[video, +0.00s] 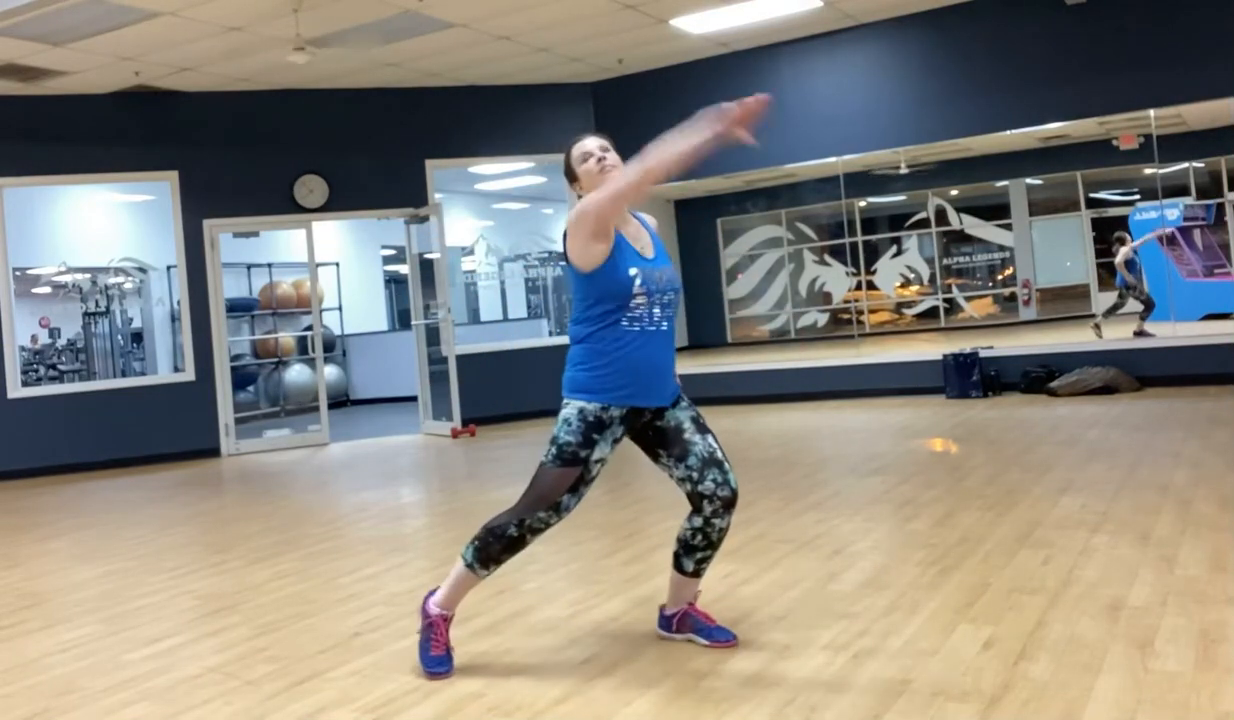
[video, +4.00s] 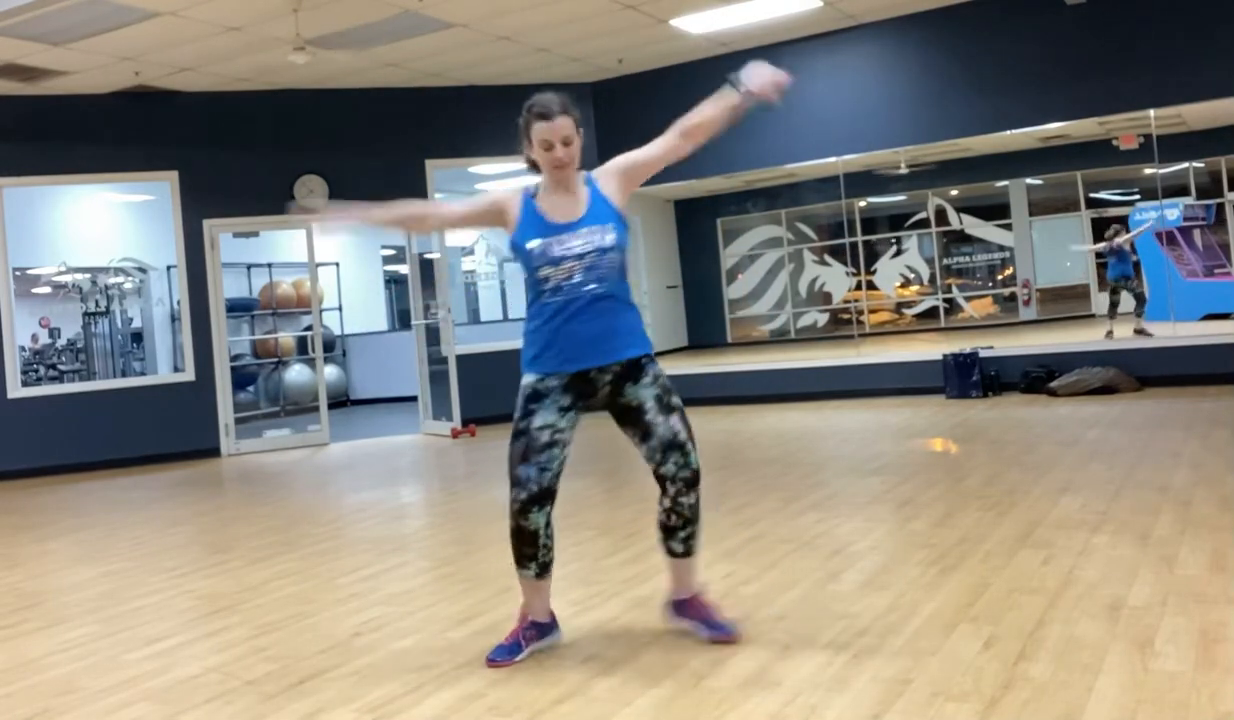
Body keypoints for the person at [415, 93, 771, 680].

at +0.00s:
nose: (601, 157)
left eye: (607, 150)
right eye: (587, 158)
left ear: (623, 164)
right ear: (578, 184)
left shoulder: (645, 224)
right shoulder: (588, 222)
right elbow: (649, 168)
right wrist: (713, 125)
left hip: (659, 395)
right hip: (597, 398)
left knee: (717, 493)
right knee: (539, 510)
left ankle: (679, 609)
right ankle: (440, 608)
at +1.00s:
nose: (575, 170)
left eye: (585, 160)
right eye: (566, 169)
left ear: (615, 171)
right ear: (565, 187)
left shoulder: (645, 234)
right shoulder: (562, 230)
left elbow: (655, 310)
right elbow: (473, 197)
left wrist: (659, 369)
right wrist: (400, 154)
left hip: (655, 400)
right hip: (589, 404)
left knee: (717, 497)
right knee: (531, 511)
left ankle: (679, 609)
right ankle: (429, 609)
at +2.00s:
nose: (532, 194)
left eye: (541, 180)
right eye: (521, 184)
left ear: (566, 168)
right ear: (513, 181)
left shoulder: (600, 213)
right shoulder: (526, 231)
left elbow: (687, 208)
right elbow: (534, 301)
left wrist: (769, 180)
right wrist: (519, 348)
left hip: (608, 390)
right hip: (542, 398)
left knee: (672, 497)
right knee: (501, 499)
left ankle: (752, 583)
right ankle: (539, 620)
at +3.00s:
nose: (528, 151)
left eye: (542, 147)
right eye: (530, 145)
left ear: (567, 169)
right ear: (544, 170)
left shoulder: (565, 209)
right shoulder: (546, 225)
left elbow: (506, 134)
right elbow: (584, 304)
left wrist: (467, 64)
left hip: (593, 398)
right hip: (539, 405)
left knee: (655, 507)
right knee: (496, 506)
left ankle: (752, 582)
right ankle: (539, 620)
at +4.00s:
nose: (559, 154)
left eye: (567, 142)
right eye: (547, 146)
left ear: (582, 138)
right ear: (530, 149)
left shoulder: (613, 181)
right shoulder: (510, 205)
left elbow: (685, 135)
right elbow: (428, 214)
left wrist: (743, 89)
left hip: (628, 363)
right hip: (551, 375)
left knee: (681, 467)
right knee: (528, 492)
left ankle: (685, 595)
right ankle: (537, 617)